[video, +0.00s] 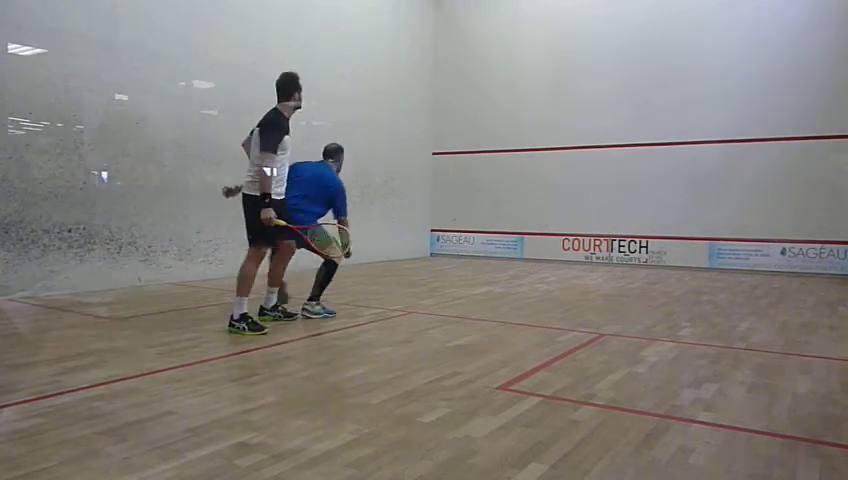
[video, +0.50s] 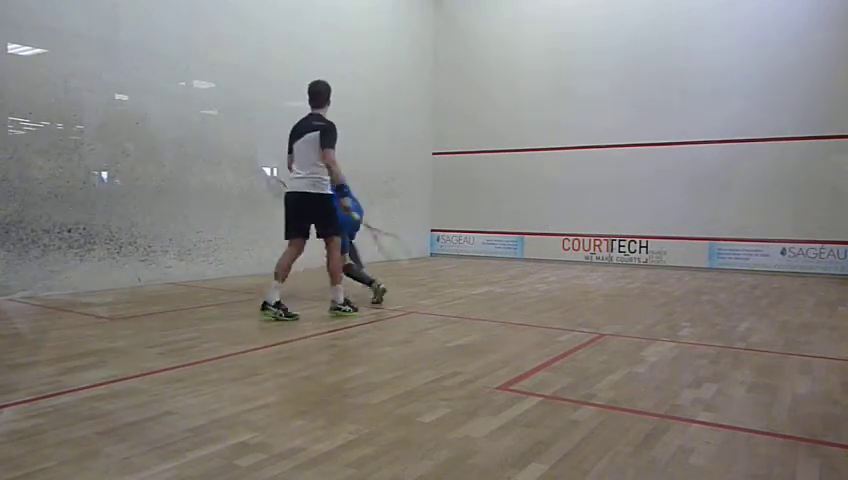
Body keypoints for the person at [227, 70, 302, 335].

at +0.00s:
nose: (302, 97)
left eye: (301, 92)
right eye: (301, 93)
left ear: (281, 94)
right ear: (294, 95)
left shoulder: (274, 118)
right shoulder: (275, 123)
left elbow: (247, 143)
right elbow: (266, 166)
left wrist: (262, 171)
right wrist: (266, 202)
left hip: (270, 195)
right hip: (259, 197)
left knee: (286, 247)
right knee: (257, 252)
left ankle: (269, 306)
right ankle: (238, 315)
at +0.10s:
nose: (305, 98)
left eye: (303, 94)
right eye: (304, 94)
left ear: (283, 96)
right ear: (299, 96)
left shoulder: (278, 120)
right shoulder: (282, 123)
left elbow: (252, 148)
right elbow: (271, 164)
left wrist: (267, 177)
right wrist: (272, 200)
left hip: (279, 196)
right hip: (271, 197)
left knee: (287, 249)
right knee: (272, 251)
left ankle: (268, 305)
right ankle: (246, 310)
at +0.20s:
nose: (309, 96)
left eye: (306, 92)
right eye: (308, 91)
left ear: (286, 93)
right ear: (305, 93)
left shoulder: (278, 118)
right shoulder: (293, 120)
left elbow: (256, 147)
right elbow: (284, 159)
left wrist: (272, 174)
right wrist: (282, 195)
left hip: (274, 192)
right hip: (287, 192)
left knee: (285, 247)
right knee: (293, 246)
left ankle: (267, 300)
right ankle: (264, 301)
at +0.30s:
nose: (314, 97)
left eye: (309, 93)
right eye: (314, 93)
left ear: (291, 94)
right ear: (312, 95)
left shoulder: (282, 120)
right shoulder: (304, 122)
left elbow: (265, 153)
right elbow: (297, 159)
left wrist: (284, 171)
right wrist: (299, 193)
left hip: (276, 191)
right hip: (295, 191)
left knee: (281, 245)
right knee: (310, 243)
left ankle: (268, 303)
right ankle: (284, 297)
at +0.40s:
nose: (320, 99)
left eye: (315, 94)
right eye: (320, 96)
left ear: (299, 97)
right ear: (319, 97)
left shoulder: (288, 124)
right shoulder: (316, 125)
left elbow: (278, 160)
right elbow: (313, 161)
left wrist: (298, 176)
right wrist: (321, 194)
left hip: (283, 192)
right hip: (306, 192)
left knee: (286, 244)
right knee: (322, 241)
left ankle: (269, 303)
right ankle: (313, 300)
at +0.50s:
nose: (329, 102)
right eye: (329, 99)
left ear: (309, 100)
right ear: (328, 101)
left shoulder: (297, 127)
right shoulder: (327, 127)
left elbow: (291, 165)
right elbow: (328, 160)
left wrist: (313, 179)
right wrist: (342, 190)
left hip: (294, 193)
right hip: (320, 194)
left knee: (295, 245)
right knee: (333, 243)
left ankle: (271, 300)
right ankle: (338, 300)